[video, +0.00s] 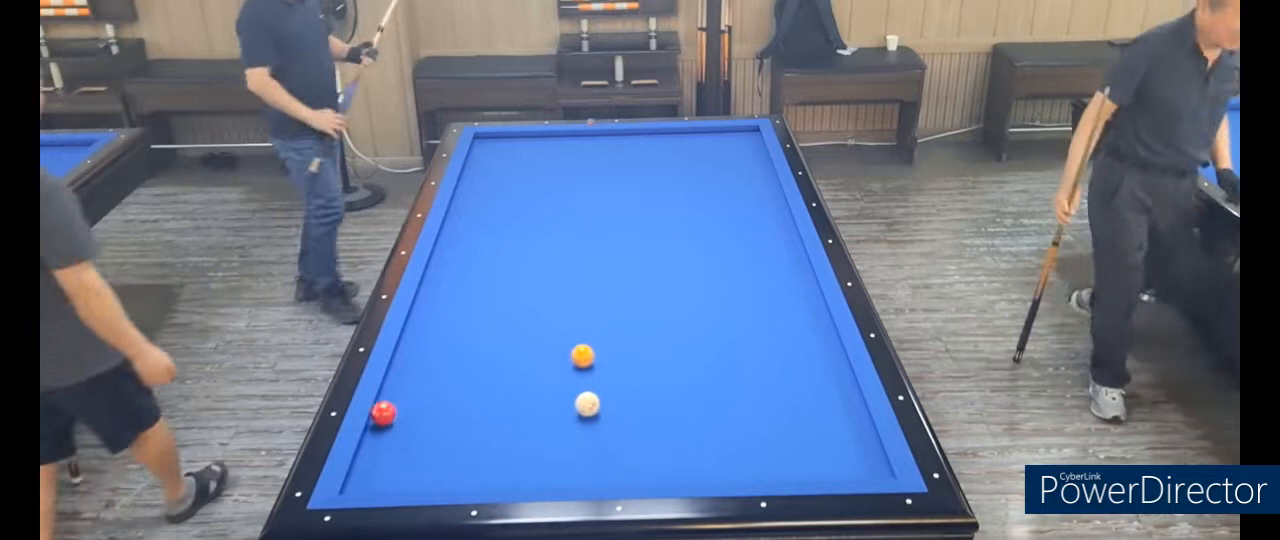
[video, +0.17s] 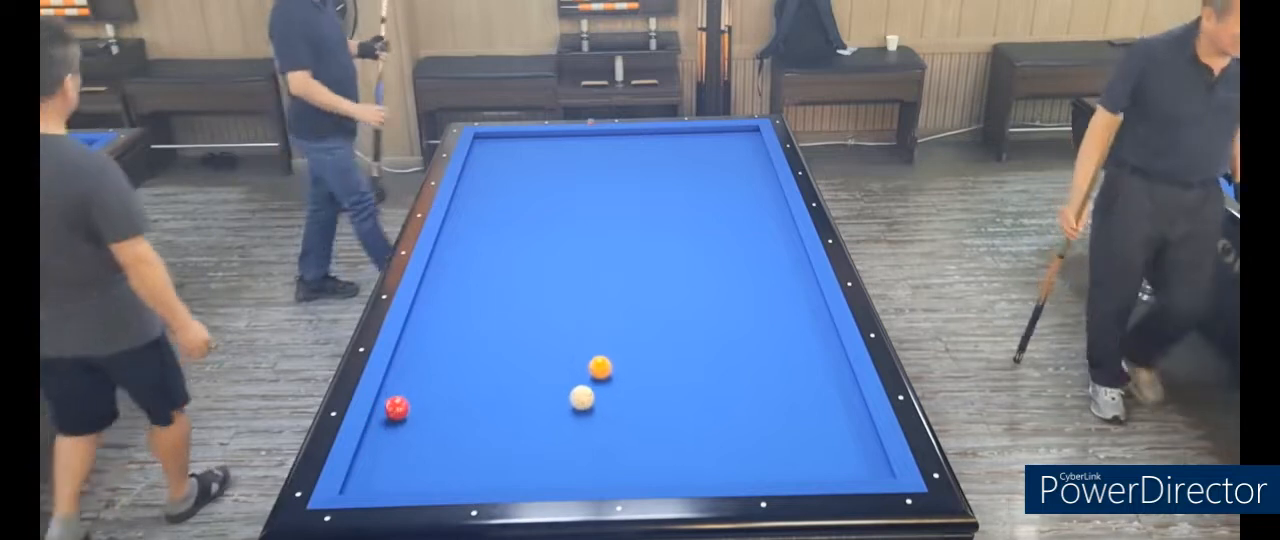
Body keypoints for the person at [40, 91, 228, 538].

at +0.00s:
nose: (45, 101)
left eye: (46, 92)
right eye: (43, 94)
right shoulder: (48, 192)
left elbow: (80, 284)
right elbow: (81, 286)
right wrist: (142, 351)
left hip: (45, 367)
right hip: (81, 356)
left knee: (43, 466)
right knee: (146, 427)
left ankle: (47, 531)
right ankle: (179, 496)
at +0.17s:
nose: (79, 86)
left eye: (75, 76)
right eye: (77, 77)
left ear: (43, 87)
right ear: (66, 86)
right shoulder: (86, 168)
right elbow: (137, 259)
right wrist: (184, 323)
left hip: (51, 332)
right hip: (117, 327)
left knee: (77, 423)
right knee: (168, 411)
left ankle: (62, 523)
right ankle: (181, 494)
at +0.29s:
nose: (104, 69)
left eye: (101, 59)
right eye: (101, 60)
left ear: (40, 71)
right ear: (94, 71)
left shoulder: (43, 138)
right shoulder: (121, 150)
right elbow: (171, 235)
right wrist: (211, 298)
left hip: (69, 314)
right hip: (137, 313)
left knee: (112, 384)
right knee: (176, 398)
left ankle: (107, 480)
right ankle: (180, 494)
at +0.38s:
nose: (115, 64)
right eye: (113, 56)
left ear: (46, 69)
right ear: (106, 67)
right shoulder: (137, 146)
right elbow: (185, 227)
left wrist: (52, 276)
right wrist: (223, 281)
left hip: (77, 303)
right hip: (147, 303)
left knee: (122, 368)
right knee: (178, 394)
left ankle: (133, 458)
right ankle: (180, 492)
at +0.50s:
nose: (130, 57)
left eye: (124, 49)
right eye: (128, 50)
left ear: (63, 62)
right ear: (123, 59)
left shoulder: (48, 128)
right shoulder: (156, 135)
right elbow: (208, 217)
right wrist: (240, 257)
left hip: (96, 293)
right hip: (161, 289)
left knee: (142, 368)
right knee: (183, 389)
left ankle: (173, 427)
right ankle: (180, 492)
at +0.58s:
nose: (138, 54)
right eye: (137, 48)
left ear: (74, 57)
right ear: (133, 55)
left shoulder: (55, 124)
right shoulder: (168, 126)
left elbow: (43, 196)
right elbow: (213, 200)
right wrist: (247, 243)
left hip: (113, 287)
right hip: (173, 284)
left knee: (157, 356)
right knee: (189, 381)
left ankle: (196, 401)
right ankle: (181, 488)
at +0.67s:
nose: (141, 51)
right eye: (140, 45)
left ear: (78, 53)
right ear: (138, 51)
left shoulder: (58, 119)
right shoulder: (173, 120)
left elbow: (46, 194)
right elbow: (217, 194)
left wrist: (82, 166)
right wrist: (250, 237)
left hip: (116, 280)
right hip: (179, 276)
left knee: (168, 350)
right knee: (192, 373)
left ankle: (204, 394)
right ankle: (184, 482)